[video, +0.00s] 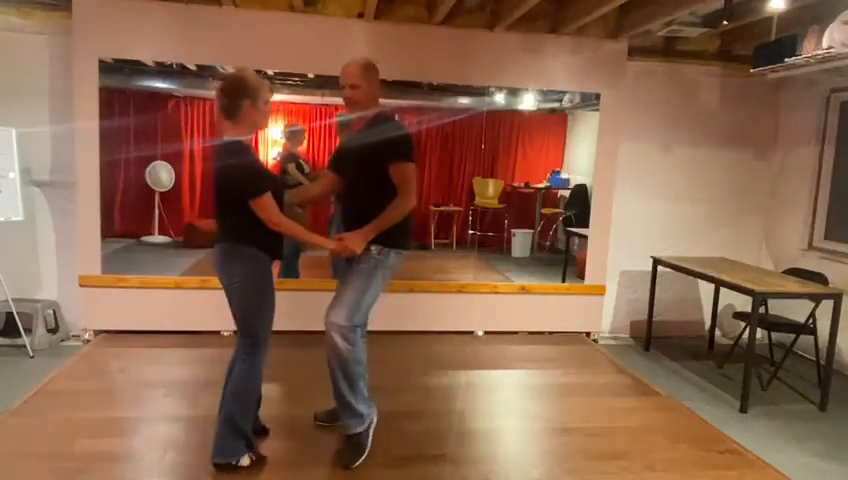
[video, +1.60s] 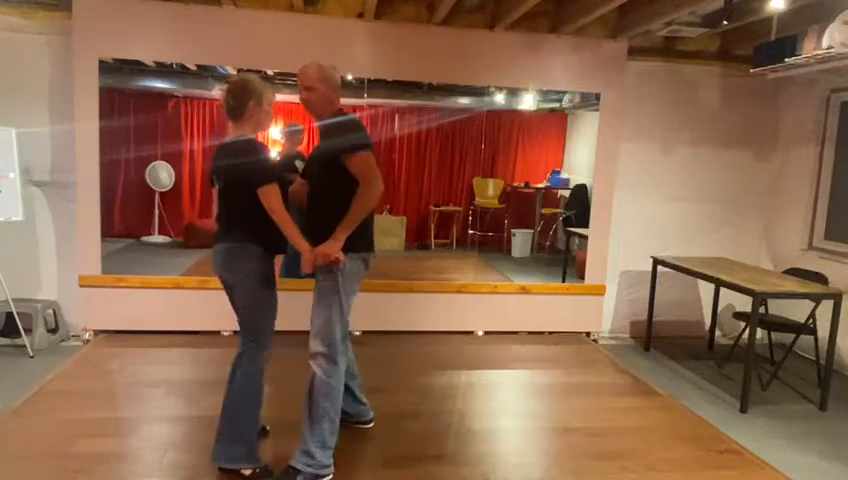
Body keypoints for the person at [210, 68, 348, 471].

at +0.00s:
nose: (270, 112)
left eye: (269, 105)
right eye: (265, 105)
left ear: (232, 108)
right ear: (247, 108)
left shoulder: (231, 153)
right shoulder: (241, 159)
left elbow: (272, 201)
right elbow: (274, 220)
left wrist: (316, 189)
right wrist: (329, 245)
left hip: (237, 255)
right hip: (246, 259)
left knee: (252, 342)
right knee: (252, 347)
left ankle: (243, 418)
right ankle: (230, 449)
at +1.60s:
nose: (272, 113)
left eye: (272, 106)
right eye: (269, 106)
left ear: (235, 109)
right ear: (256, 108)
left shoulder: (225, 151)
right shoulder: (255, 152)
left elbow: (220, 207)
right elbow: (275, 208)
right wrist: (306, 248)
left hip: (229, 251)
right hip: (250, 255)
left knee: (254, 341)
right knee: (256, 346)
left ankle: (243, 424)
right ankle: (235, 454)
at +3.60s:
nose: (247, 114)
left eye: (247, 106)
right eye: (244, 106)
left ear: (208, 107)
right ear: (228, 107)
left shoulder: (199, 154)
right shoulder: (223, 158)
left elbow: (251, 192)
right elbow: (267, 212)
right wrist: (311, 244)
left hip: (215, 256)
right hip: (239, 260)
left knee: (233, 343)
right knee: (253, 349)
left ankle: (212, 430)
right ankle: (237, 455)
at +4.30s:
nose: (260, 110)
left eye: (257, 103)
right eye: (257, 104)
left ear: (215, 107)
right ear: (247, 109)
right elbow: (298, 201)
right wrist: (347, 229)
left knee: (216, 348)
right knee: (230, 355)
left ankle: (210, 429)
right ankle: (227, 458)